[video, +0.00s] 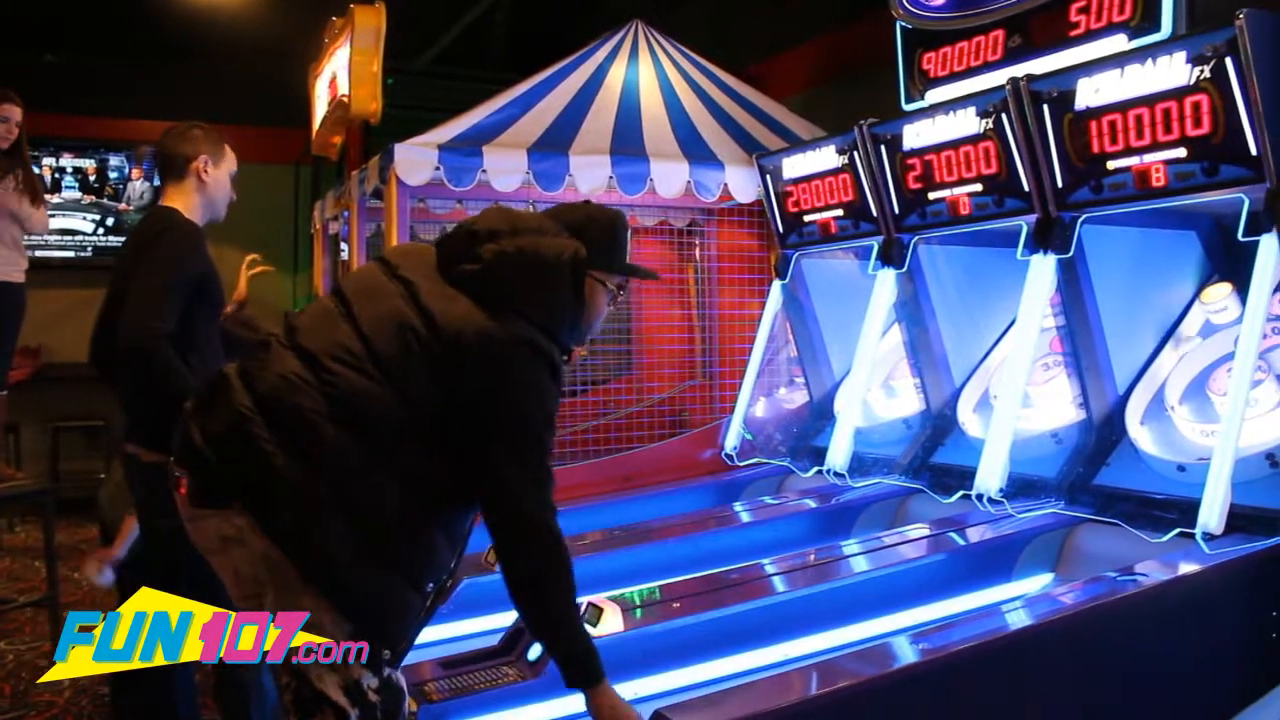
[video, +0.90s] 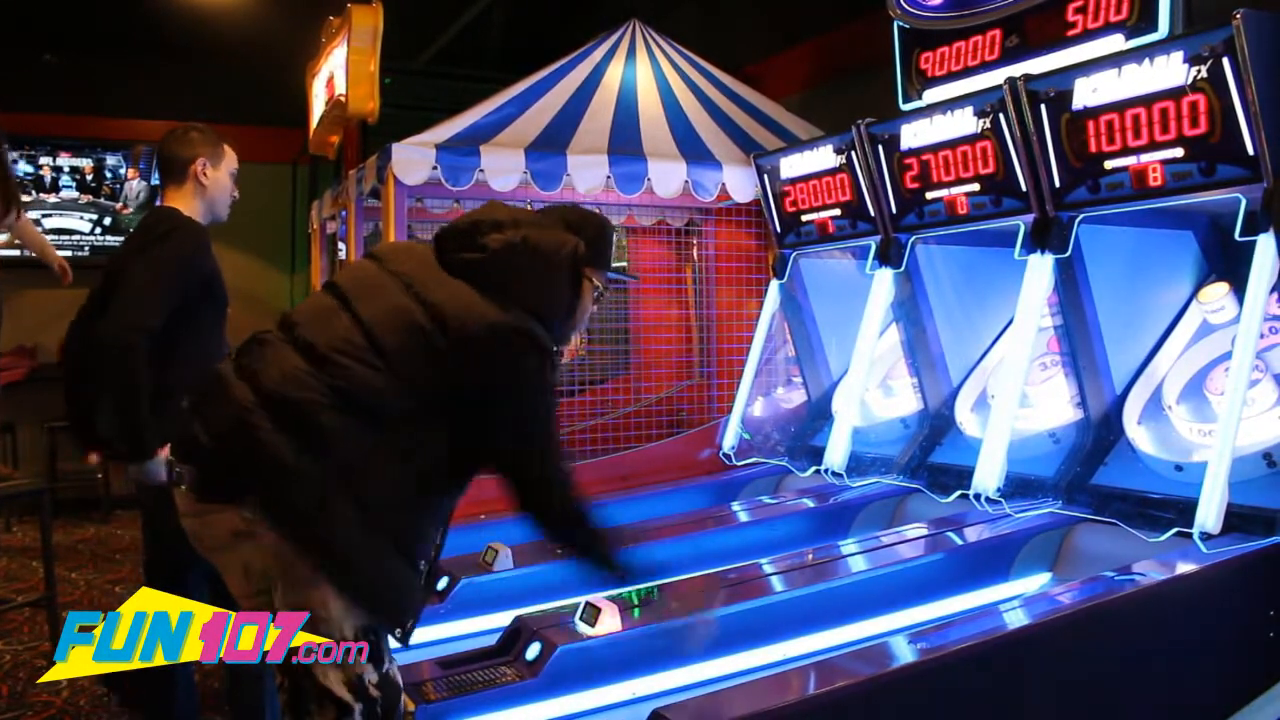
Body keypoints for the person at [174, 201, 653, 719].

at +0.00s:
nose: (611, 309)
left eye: (616, 292)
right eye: (607, 290)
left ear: (539, 260)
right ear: (568, 278)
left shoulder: (424, 264)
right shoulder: (513, 353)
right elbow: (527, 531)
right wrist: (594, 683)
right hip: (264, 502)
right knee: (345, 693)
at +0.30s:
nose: (598, 301)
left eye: (603, 284)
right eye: (595, 280)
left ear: (531, 258)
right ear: (555, 267)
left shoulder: (415, 262)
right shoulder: (496, 331)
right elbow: (461, 505)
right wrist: (526, 649)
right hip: (260, 504)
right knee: (348, 695)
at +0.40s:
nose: (596, 305)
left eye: (603, 289)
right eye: (595, 284)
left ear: (535, 259)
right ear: (556, 269)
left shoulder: (413, 261)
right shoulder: (493, 329)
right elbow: (428, 496)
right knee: (344, 688)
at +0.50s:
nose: (596, 311)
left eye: (602, 294)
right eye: (596, 290)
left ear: (551, 264)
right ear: (561, 272)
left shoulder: (424, 265)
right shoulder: (489, 329)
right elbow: (415, 484)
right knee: (340, 686)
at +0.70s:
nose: (595, 324)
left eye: (603, 308)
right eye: (597, 304)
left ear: (537, 264)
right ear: (568, 287)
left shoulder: (418, 268)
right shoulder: (498, 337)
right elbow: (411, 487)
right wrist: (358, 645)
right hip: (259, 510)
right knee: (337, 683)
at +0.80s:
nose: (594, 316)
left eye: (600, 299)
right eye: (596, 294)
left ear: (517, 256)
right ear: (563, 277)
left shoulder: (411, 265)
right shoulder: (506, 342)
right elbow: (456, 482)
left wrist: (468, 538)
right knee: (342, 687)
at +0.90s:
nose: (592, 312)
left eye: (598, 293)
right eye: (593, 290)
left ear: (511, 257)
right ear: (556, 276)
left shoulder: (403, 263)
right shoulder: (509, 348)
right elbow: (546, 490)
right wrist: (612, 558)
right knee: (350, 691)